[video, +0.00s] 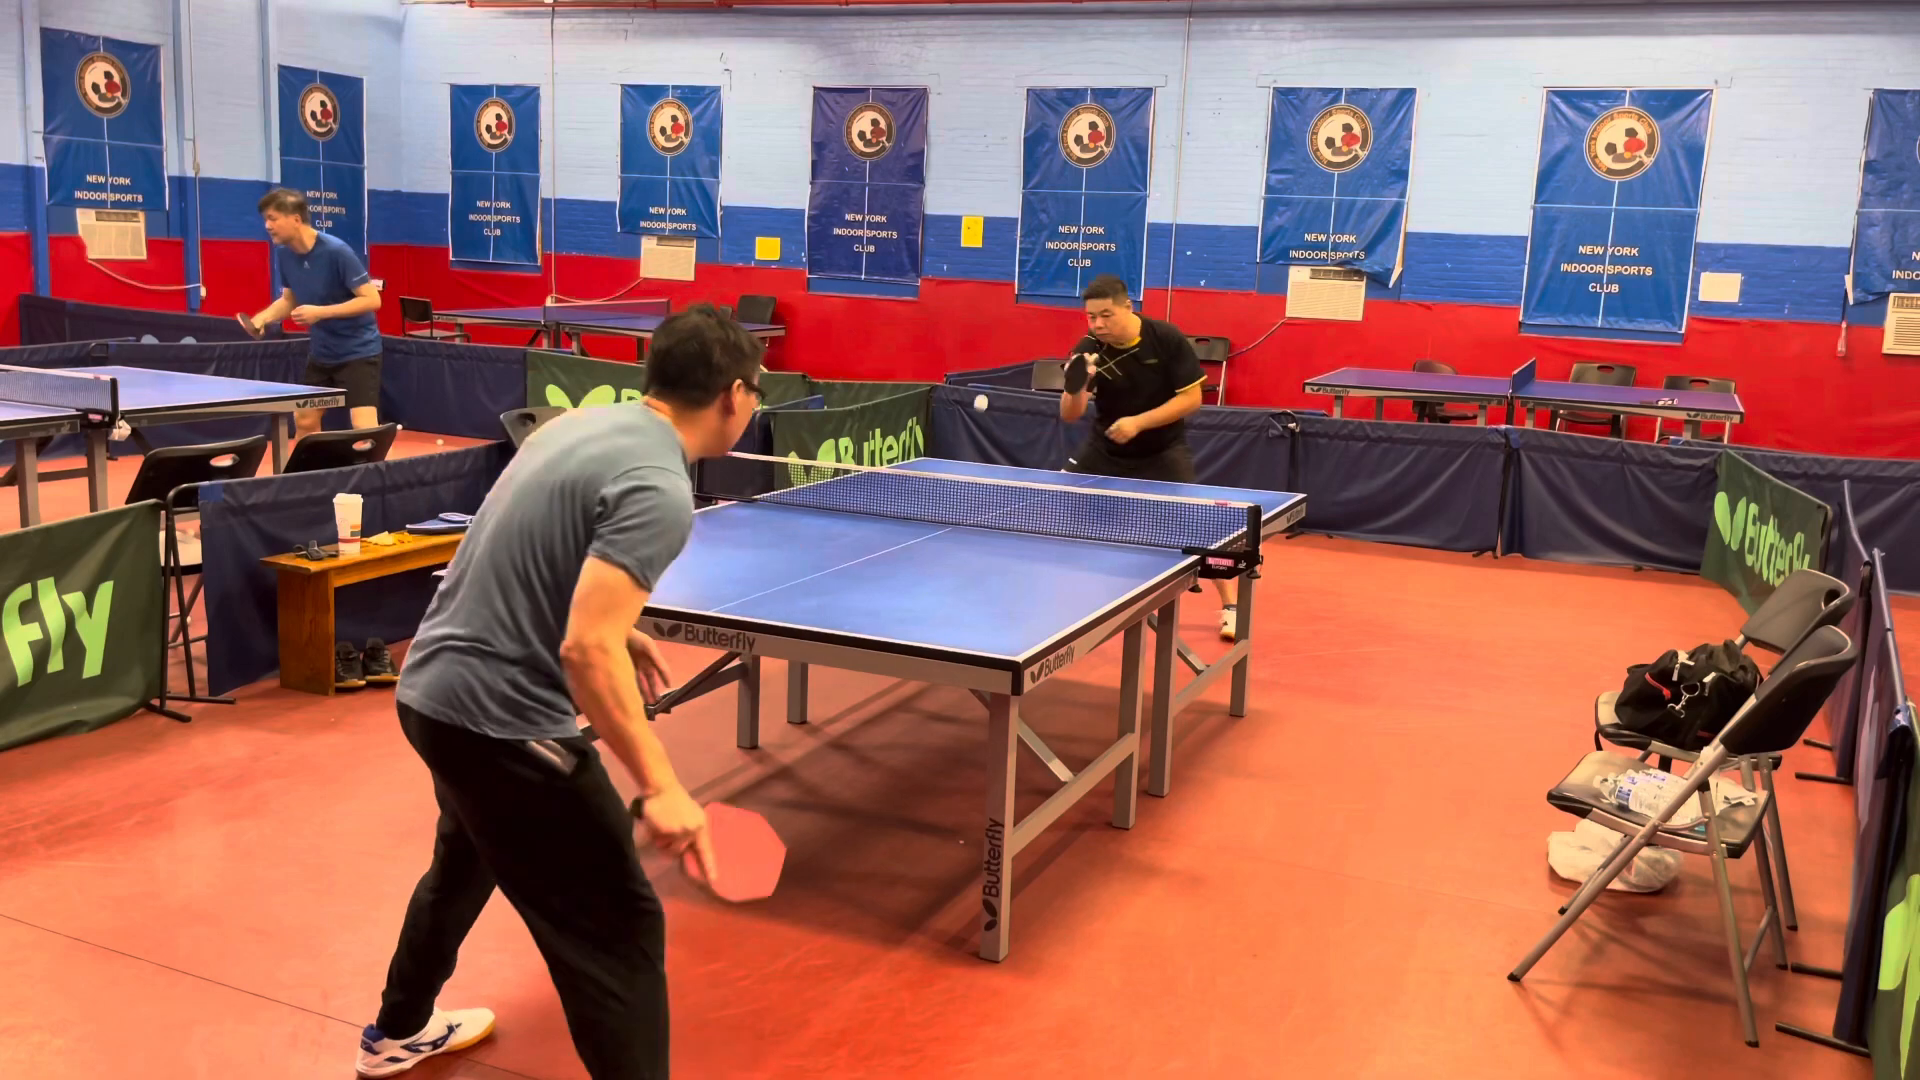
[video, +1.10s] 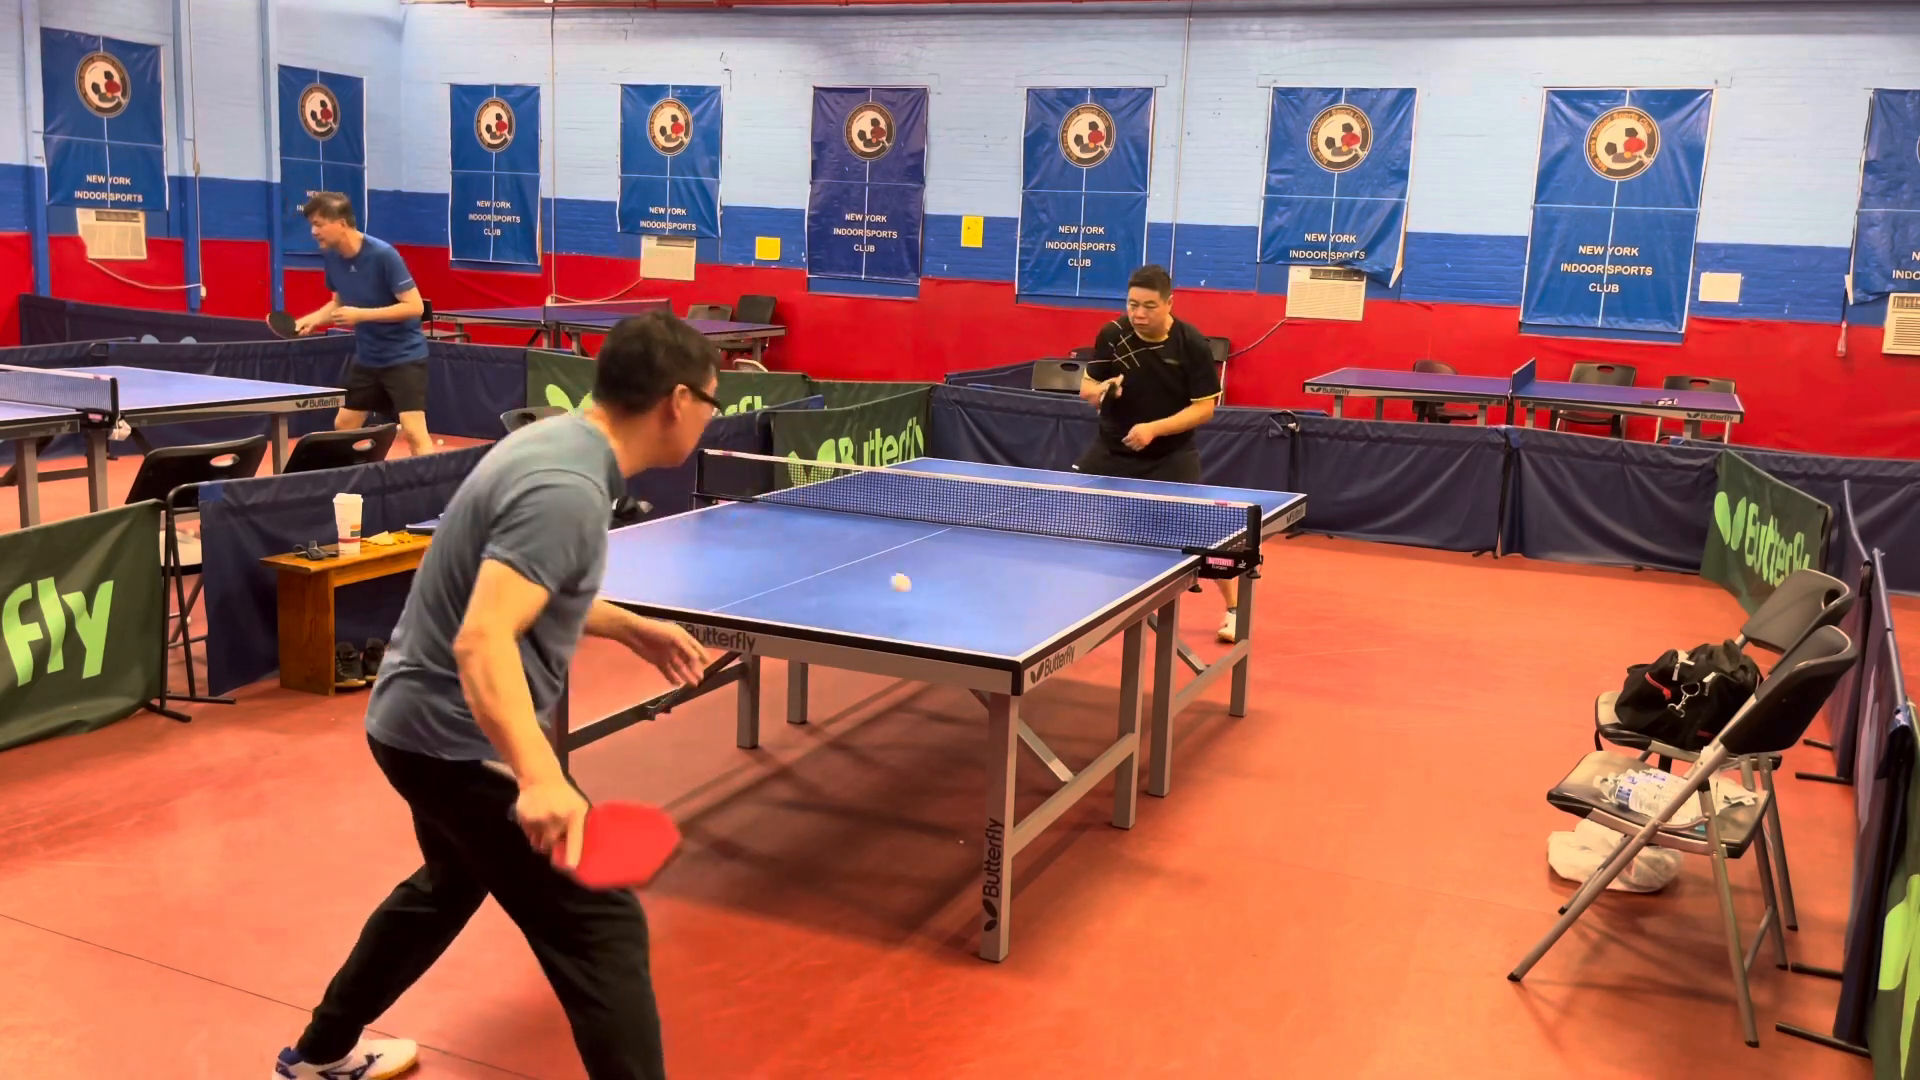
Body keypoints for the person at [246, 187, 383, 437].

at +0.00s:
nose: (267, 226)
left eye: (273, 219)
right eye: (266, 220)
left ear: (296, 219)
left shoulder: (337, 251)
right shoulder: (284, 254)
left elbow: (372, 299)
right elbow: (289, 299)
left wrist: (320, 312)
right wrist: (261, 318)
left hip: (359, 354)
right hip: (321, 353)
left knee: (364, 429)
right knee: (305, 422)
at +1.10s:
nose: (314, 232)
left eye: (319, 224)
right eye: (312, 225)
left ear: (342, 224)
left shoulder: (384, 255)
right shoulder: (333, 258)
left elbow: (415, 307)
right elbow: (340, 302)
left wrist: (360, 315)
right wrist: (313, 319)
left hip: (404, 358)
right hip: (366, 358)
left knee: (413, 431)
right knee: (344, 425)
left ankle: (434, 493)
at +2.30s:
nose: (334, 206)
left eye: (340, 199)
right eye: (334, 200)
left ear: (363, 203)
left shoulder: (396, 244)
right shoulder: (346, 241)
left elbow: (411, 300)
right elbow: (353, 293)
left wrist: (362, 298)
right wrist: (324, 307)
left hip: (384, 358)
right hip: (348, 356)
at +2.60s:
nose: (337, 208)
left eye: (343, 201)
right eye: (336, 202)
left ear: (366, 204)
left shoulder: (399, 245)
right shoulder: (346, 242)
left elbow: (421, 300)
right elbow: (352, 293)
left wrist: (367, 298)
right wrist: (325, 307)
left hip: (390, 358)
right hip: (350, 354)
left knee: (390, 434)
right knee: (348, 430)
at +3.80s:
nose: (321, 244)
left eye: (326, 237)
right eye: (320, 238)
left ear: (350, 235)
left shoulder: (391, 264)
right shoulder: (340, 267)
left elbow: (420, 317)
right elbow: (347, 312)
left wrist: (364, 324)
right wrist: (321, 330)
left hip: (418, 359)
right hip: (379, 359)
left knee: (419, 430)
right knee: (350, 425)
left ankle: (443, 490)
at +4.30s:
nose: (326, 234)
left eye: (332, 226)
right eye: (325, 227)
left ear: (355, 224)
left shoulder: (395, 258)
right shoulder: (341, 259)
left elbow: (419, 311)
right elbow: (337, 306)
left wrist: (364, 314)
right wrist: (305, 315)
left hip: (405, 362)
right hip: (370, 361)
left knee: (417, 427)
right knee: (350, 426)